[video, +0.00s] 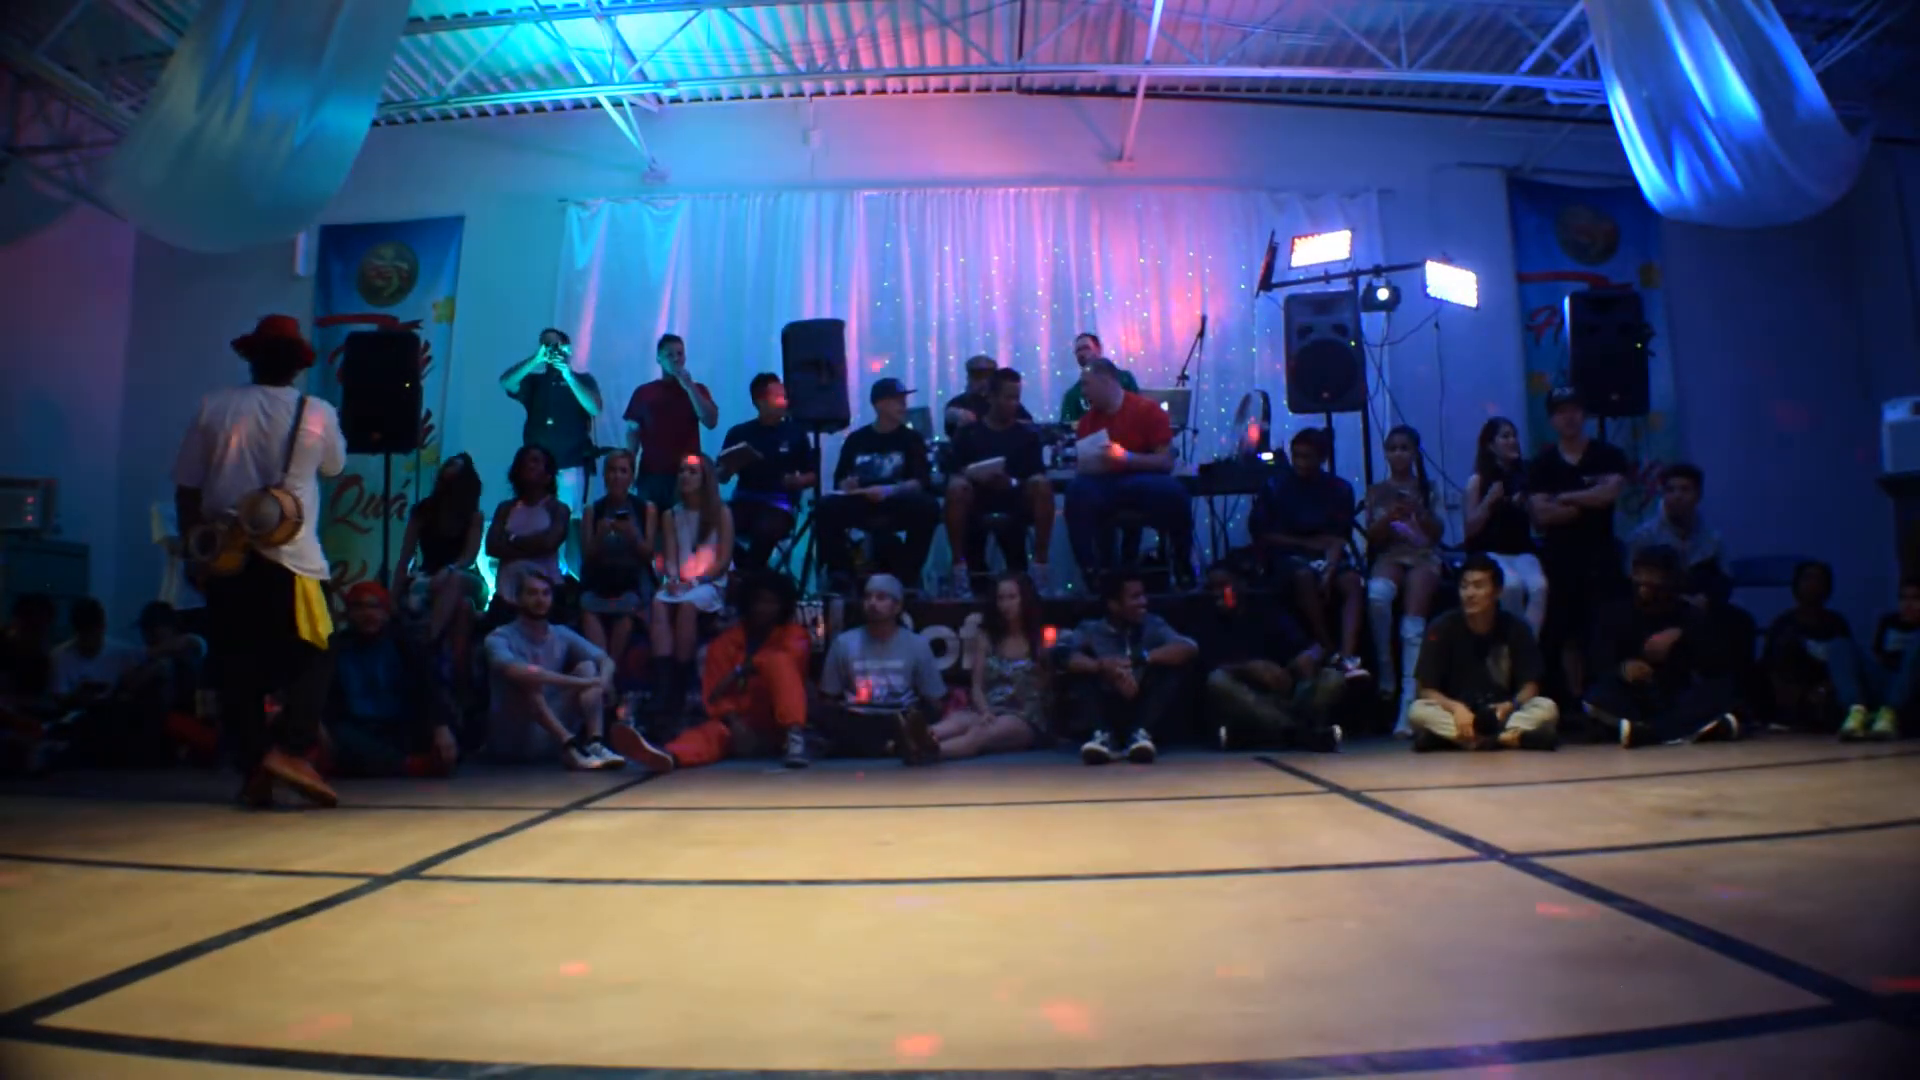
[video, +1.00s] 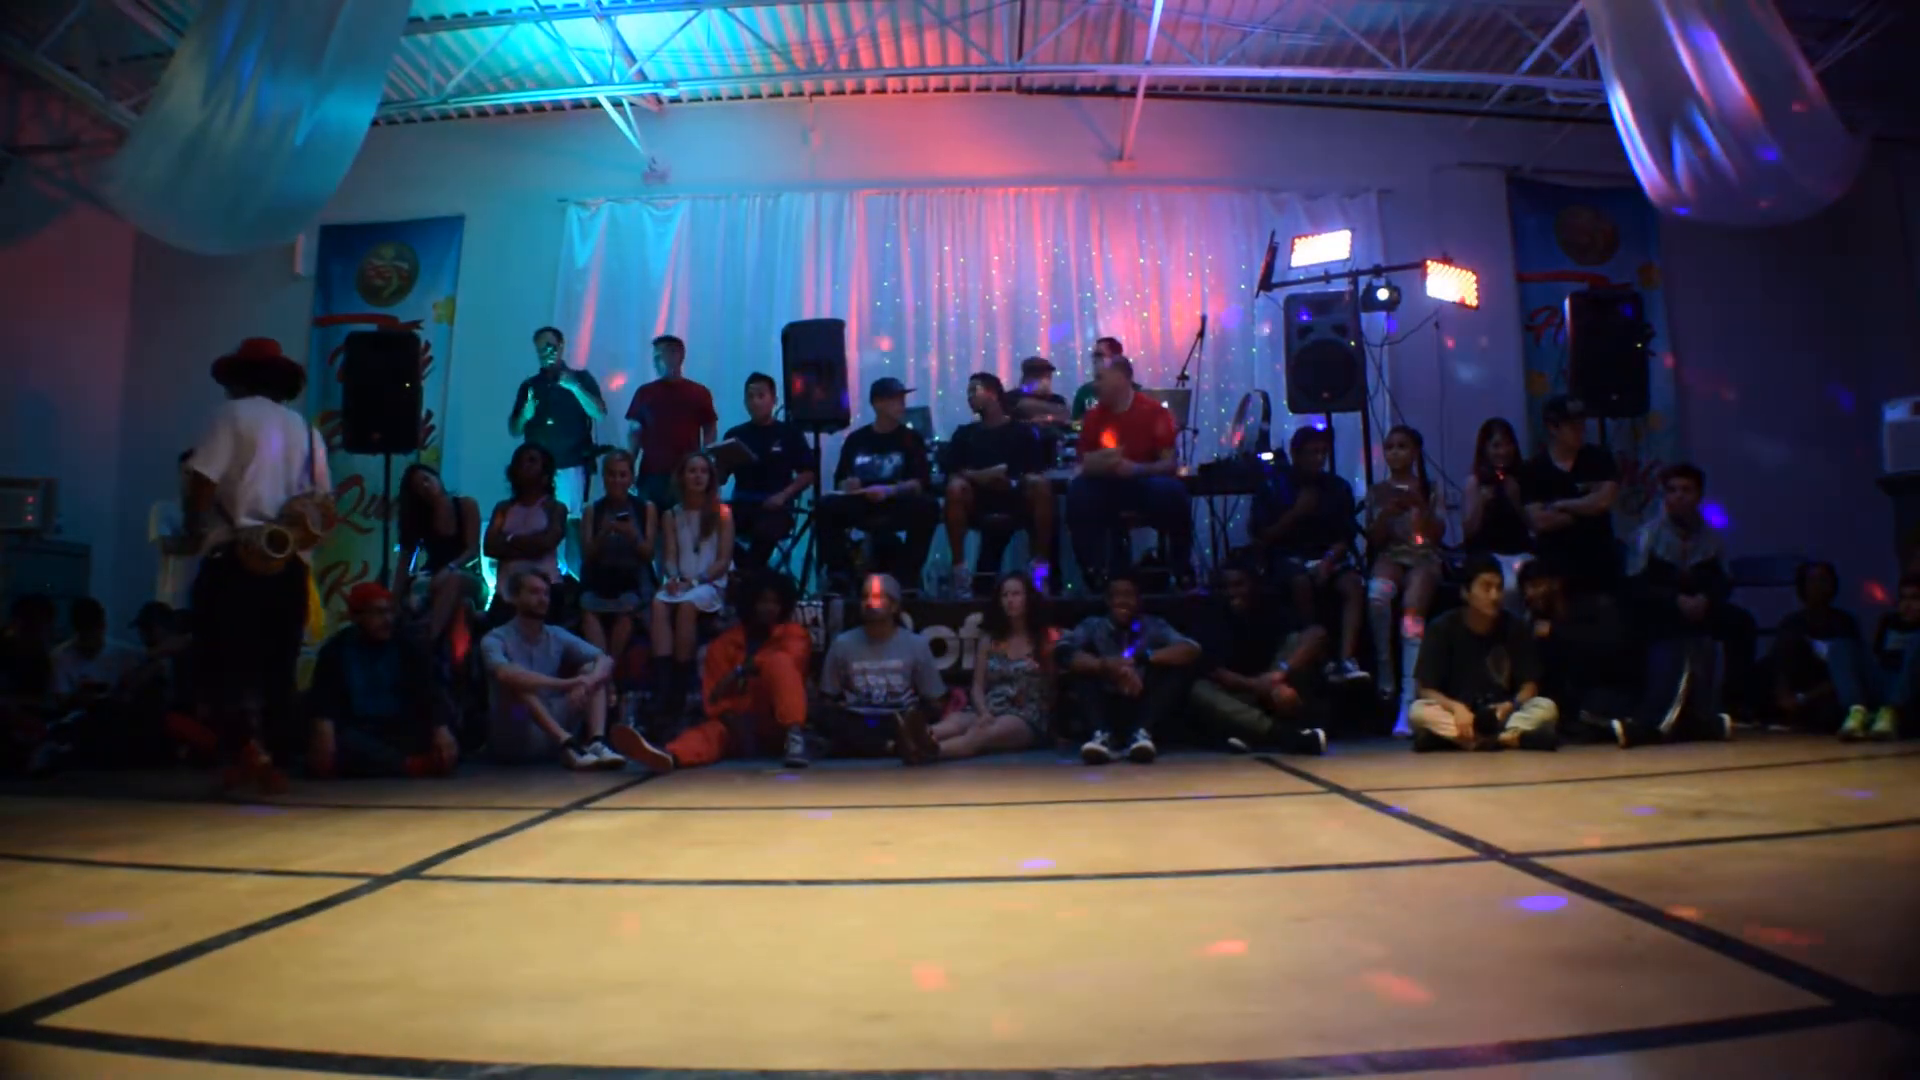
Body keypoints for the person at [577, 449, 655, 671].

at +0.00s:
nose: (618, 476)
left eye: (623, 471)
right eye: (612, 471)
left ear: (631, 476)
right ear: (605, 475)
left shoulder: (646, 509)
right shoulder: (592, 511)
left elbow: (647, 551)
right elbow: (588, 553)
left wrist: (630, 533)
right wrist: (600, 534)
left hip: (631, 576)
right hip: (599, 576)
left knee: (625, 612)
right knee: (588, 609)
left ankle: (611, 672)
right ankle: (601, 672)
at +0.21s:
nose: (617, 478)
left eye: (623, 473)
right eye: (612, 472)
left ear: (631, 477)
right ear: (605, 476)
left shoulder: (646, 509)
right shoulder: (592, 511)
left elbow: (648, 551)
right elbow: (588, 552)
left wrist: (631, 534)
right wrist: (600, 534)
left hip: (631, 575)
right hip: (599, 575)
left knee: (625, 612)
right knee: (589, 609)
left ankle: (611, 672)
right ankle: (602, 672)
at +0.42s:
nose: (617, 479)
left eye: (623, 474)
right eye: (612, 473)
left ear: (631, 478)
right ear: (604, 477)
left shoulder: (646, 509)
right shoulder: (592, 511)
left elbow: (647, 551)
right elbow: (588, 552)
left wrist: (630, 533)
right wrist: (601, 533)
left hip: (631, 572)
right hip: (599, 572)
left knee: (625, 610)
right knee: (589, 607)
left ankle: (611, 667)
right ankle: (601, 666)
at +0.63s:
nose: (617, 480)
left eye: (623, 475)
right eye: (612, 474)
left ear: (631, 478)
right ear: (604, 477)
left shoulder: (646, 509)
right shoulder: (592, 511)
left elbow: (647, 551)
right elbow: (588, 552)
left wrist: (630, 533)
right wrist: (604, 533)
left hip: (631, 571)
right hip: (600, 572)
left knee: (626, 609)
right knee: (589, 609)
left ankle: (607, 670)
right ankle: (602, 672)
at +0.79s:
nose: (618, 480)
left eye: (624, 474)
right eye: (612, 474)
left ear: (632, 477)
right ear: (604, 477)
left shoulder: (646, 509)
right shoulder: (592, 511)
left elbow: (648, 552)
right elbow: (588, 552)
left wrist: (631, 533)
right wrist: (605, 533)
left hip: (632, 575)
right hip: (599, 575)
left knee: (626, 610)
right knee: (589, 610)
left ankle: (613, 672)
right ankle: (603, 671)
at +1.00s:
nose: (617, 480)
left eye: (623, 475)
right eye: (612, 475)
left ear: (631, 477)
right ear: (604, 477)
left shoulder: (646, 509)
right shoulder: (592, 511)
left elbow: (647, 551)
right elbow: (588, 552)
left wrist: (630, 533)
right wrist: (604, 533)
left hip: (632, 573)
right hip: (600, 573)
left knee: (625, 609)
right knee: (589, 608)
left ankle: (610, 669)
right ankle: (602, 672)